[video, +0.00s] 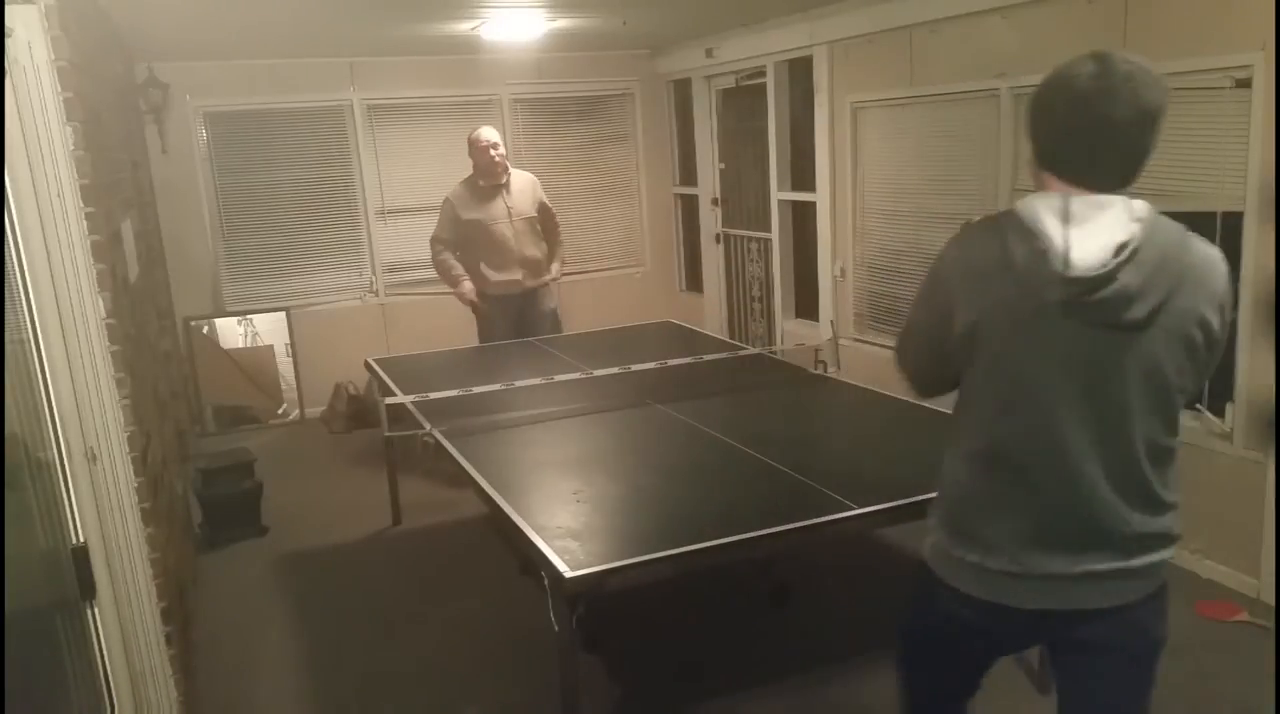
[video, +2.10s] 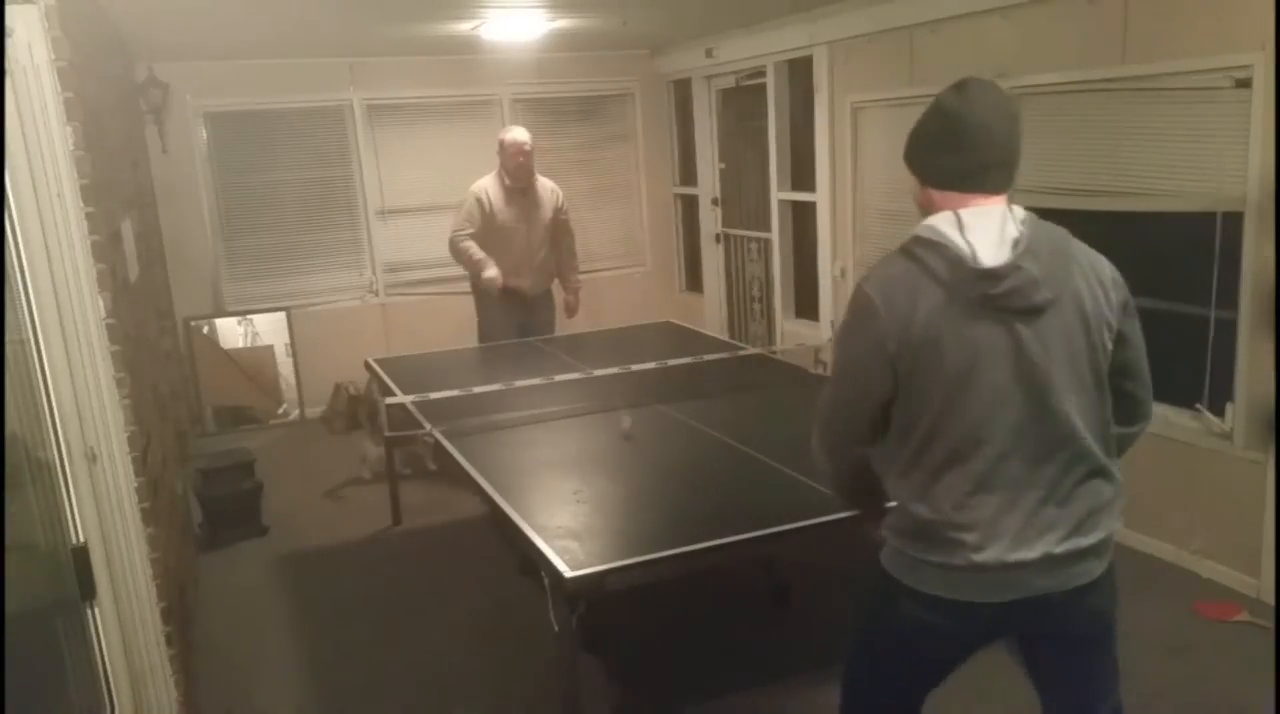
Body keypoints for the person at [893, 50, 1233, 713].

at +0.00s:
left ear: (1037, 143)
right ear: (1142, 155)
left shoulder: (980, 250)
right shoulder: (1203, 269)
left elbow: (922, 370)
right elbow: (1207, 389)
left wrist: (1011, 314)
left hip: (977, 585)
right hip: (1120, 597)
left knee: (931, 697)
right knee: (1109, 706)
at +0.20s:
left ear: (1068, 143)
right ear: (1169, 160)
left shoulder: (1000, 246)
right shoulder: (1226, 273)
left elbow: (942, 364)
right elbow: (1213, 395)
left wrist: (1029, 320)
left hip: (1004, 571)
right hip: (1135, 584)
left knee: (1014, 705)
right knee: (1124, 705)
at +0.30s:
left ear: (1067, 151)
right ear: (1168, 164)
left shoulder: (1002, 249)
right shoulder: (1224, 275)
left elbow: (951, 372)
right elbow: (1208, 410)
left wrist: (1037, 332)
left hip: (1015, 575)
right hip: (1139, 586)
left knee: (1036, 704)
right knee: (1133, 706)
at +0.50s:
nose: (903, 184)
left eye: (905, 167)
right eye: (908, 165)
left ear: (913, 176)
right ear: (994, 162)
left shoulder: (932, 286)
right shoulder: (1048, 246)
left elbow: (910, 455)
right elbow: (1001, 370)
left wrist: (867, 581)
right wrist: (876, 385)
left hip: (962, 567)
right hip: (1062, 553)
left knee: (893, 701)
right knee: (1048, 698)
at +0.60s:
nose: (902, 180)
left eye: (902, 165)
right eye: (907, 162)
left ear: (911, 176)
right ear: (994, 162)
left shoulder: (924, 287)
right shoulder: (1051, 251)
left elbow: (902, 454)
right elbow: (1033, 389)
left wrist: (864, 584)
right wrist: (892, 404)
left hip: (955, 569)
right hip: (1060, 556)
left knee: (892, 700)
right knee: (1049, 697)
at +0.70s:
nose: (897, 181)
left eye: (899, 166)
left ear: (907, 176)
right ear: (990, 164)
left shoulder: (910, 287)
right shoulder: (1055, 259)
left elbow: (882, 454)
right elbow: (1066, 400)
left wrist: (855, 585)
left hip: (942, 574)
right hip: (1053, 564)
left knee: (885, 701)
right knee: (1049, 698)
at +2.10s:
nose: (913, 188)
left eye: (914, 175)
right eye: (918, 173)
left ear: (923, 181)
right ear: (1009, 171)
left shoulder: (890, 293)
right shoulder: (1093, 274)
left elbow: (839, 440)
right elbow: (1131, 408)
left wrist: (880, 504)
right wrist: (1063, 472)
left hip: (938, 588)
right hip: (1074, 584)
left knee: (874, 704)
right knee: (1093, 708)